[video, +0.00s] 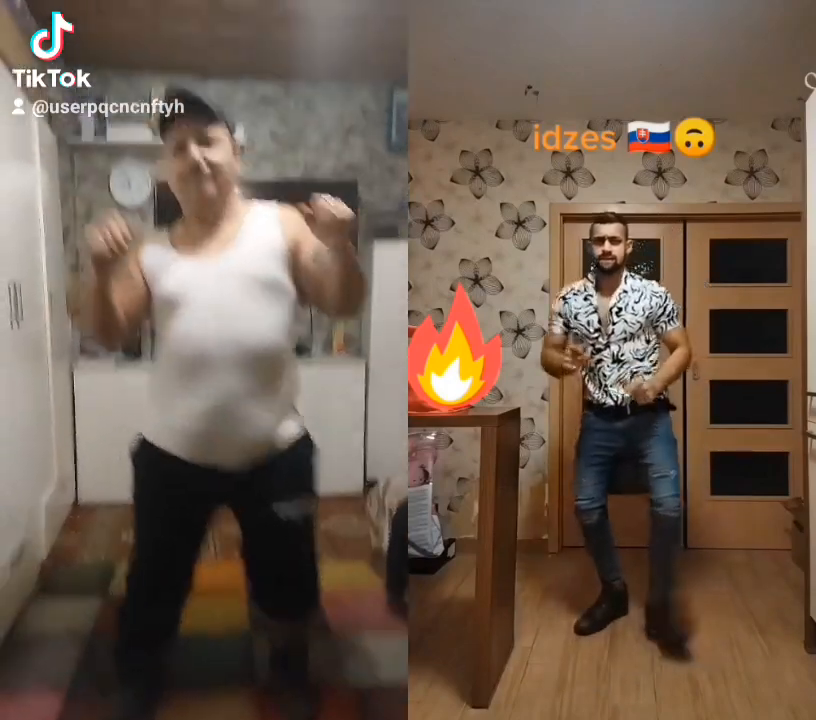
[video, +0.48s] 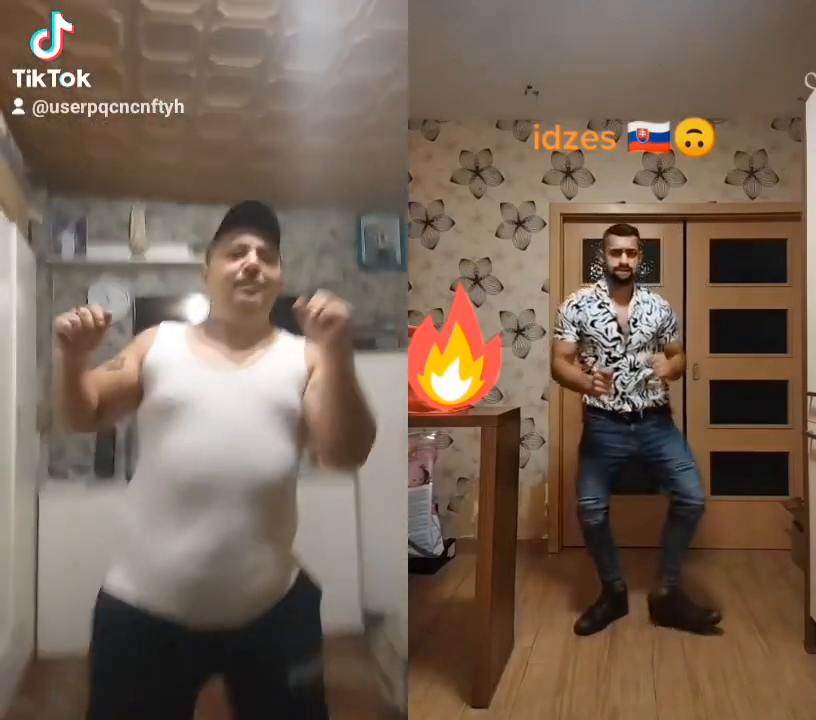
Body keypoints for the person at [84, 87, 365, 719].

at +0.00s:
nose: (198, 158)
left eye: (208, 141)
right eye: (181, 149)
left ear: (236, 149)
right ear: (166, 171)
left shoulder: (282, 224)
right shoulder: (153, 251)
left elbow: (343, 302)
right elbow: (107, 332)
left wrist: (341, 246)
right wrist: (99, 270)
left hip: (273, 452)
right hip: (173, 455)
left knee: (290, 600)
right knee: (152, 601)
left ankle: (293, 700)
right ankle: (135, 702)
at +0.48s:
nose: (252, 265)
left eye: (267, 256)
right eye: (236, 253)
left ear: (281, 277)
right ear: (207, 271)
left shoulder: (304, 357)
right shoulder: (158, 345)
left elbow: (347, 453)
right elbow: (81, 416)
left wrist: (335, 348)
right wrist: (72, 356)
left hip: (271, 615)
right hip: (147, 613)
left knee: (297, 713)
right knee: (124, 711)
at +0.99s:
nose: (172, 180)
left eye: (184, 172)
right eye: (148, 168)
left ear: (201, 204)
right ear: (108, 202)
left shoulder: (245, 296)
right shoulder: (71, 292)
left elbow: (289, 395)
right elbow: (22, 413)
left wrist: (333, 357)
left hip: (264, 609)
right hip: (119, 620)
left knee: (304, 706)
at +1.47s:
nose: (162, 76)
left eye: (177, 60)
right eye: (138, 64)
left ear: (204, 86)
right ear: (107, 102)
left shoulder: (262, 159)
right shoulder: (90, 226)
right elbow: (68, 344)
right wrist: (54, 433)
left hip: (306, 483)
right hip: (163, 502)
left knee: (370, 697)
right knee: (173, 707)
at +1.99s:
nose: (120, 30)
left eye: (133, 16)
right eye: (100, 21)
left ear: (158, 36)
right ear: (78, 48)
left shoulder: (212, 107)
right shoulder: (72, 154)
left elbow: (281, 194)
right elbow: (27, 250)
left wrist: (250, 266)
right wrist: (33, 159)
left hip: (236, 362)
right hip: (132, 377)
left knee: (289, 504)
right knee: (141, 534)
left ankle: (337, 617)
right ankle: (146, 659)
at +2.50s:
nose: (239, 103)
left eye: (250, 89)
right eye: (223, 94)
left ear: (270, 97)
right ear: (203, 112)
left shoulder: (311, 158)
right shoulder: (193, 201)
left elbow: (366, 220)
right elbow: (173, 279)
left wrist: (308, 177)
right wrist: (178, 326)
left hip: (312, 377)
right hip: (222, 378)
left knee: (335, 497)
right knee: (202, 498)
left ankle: (332, 567)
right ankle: (182, 585)